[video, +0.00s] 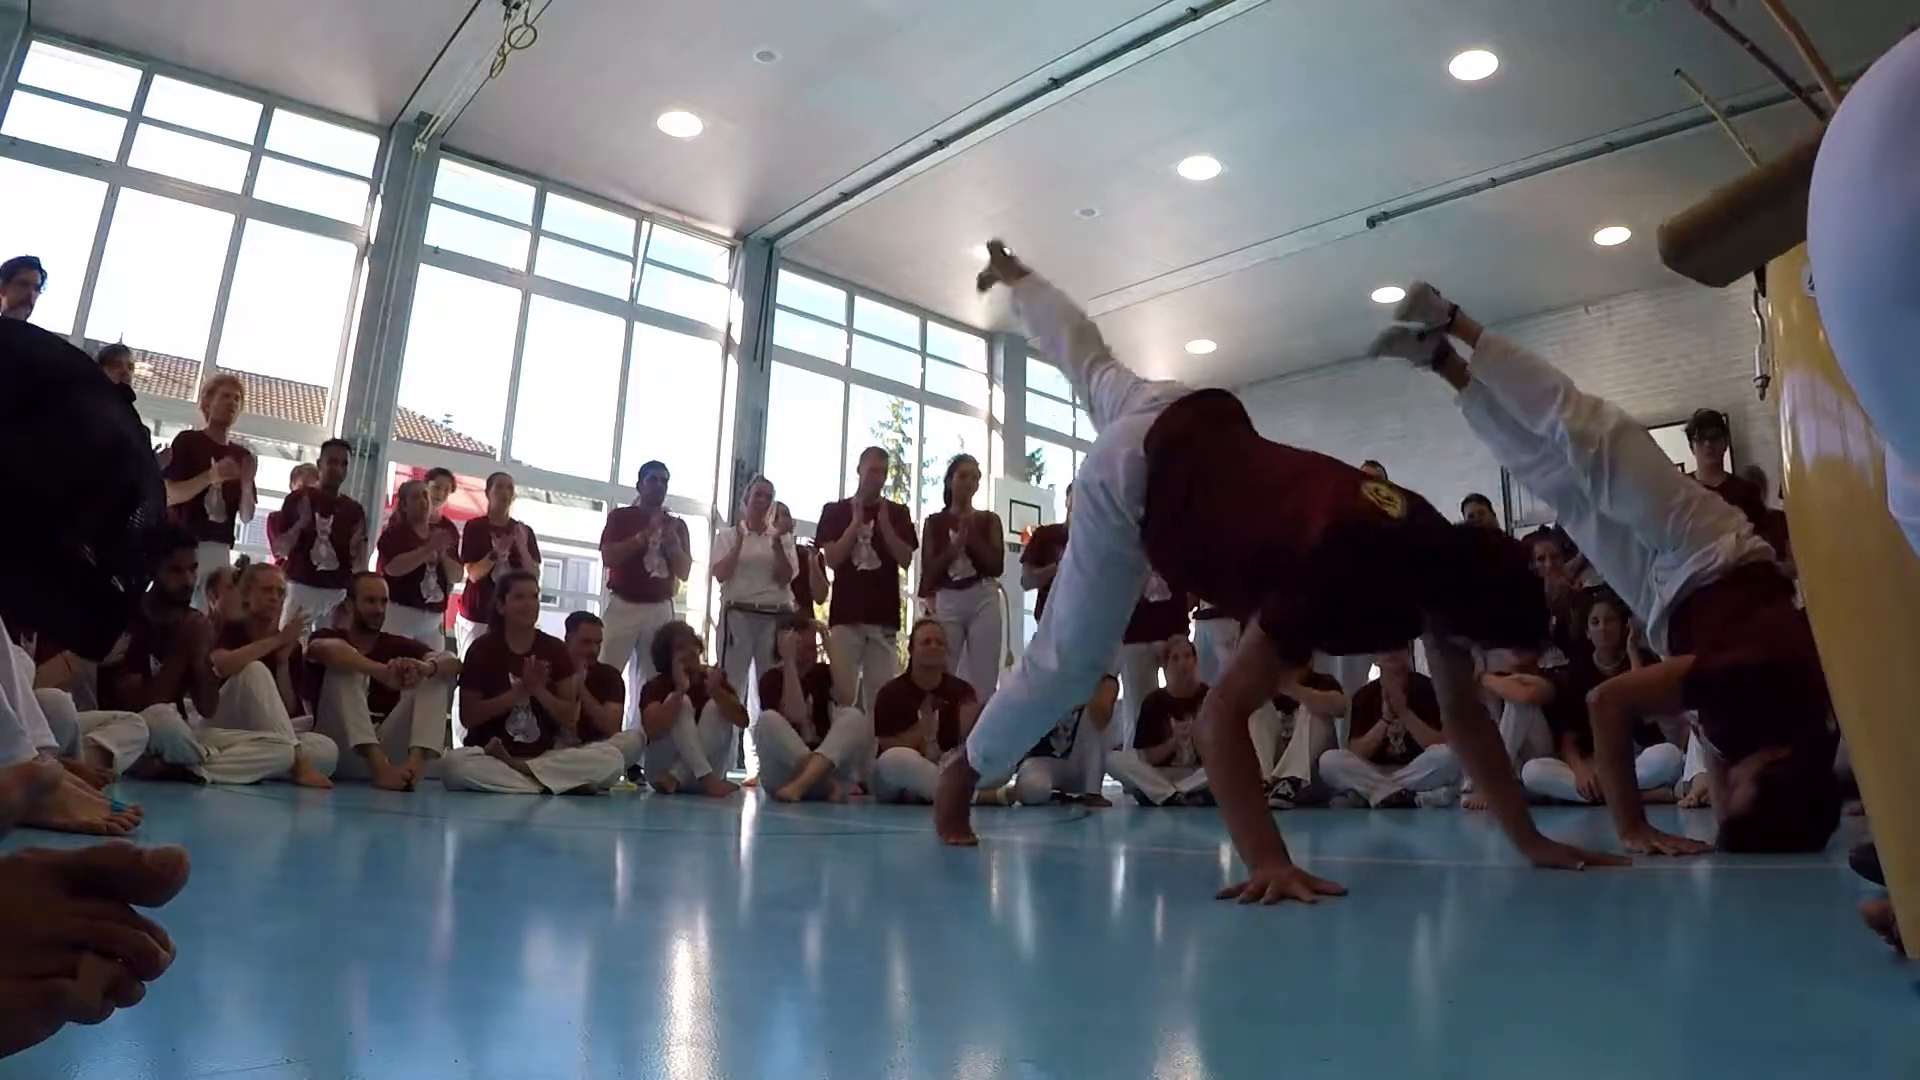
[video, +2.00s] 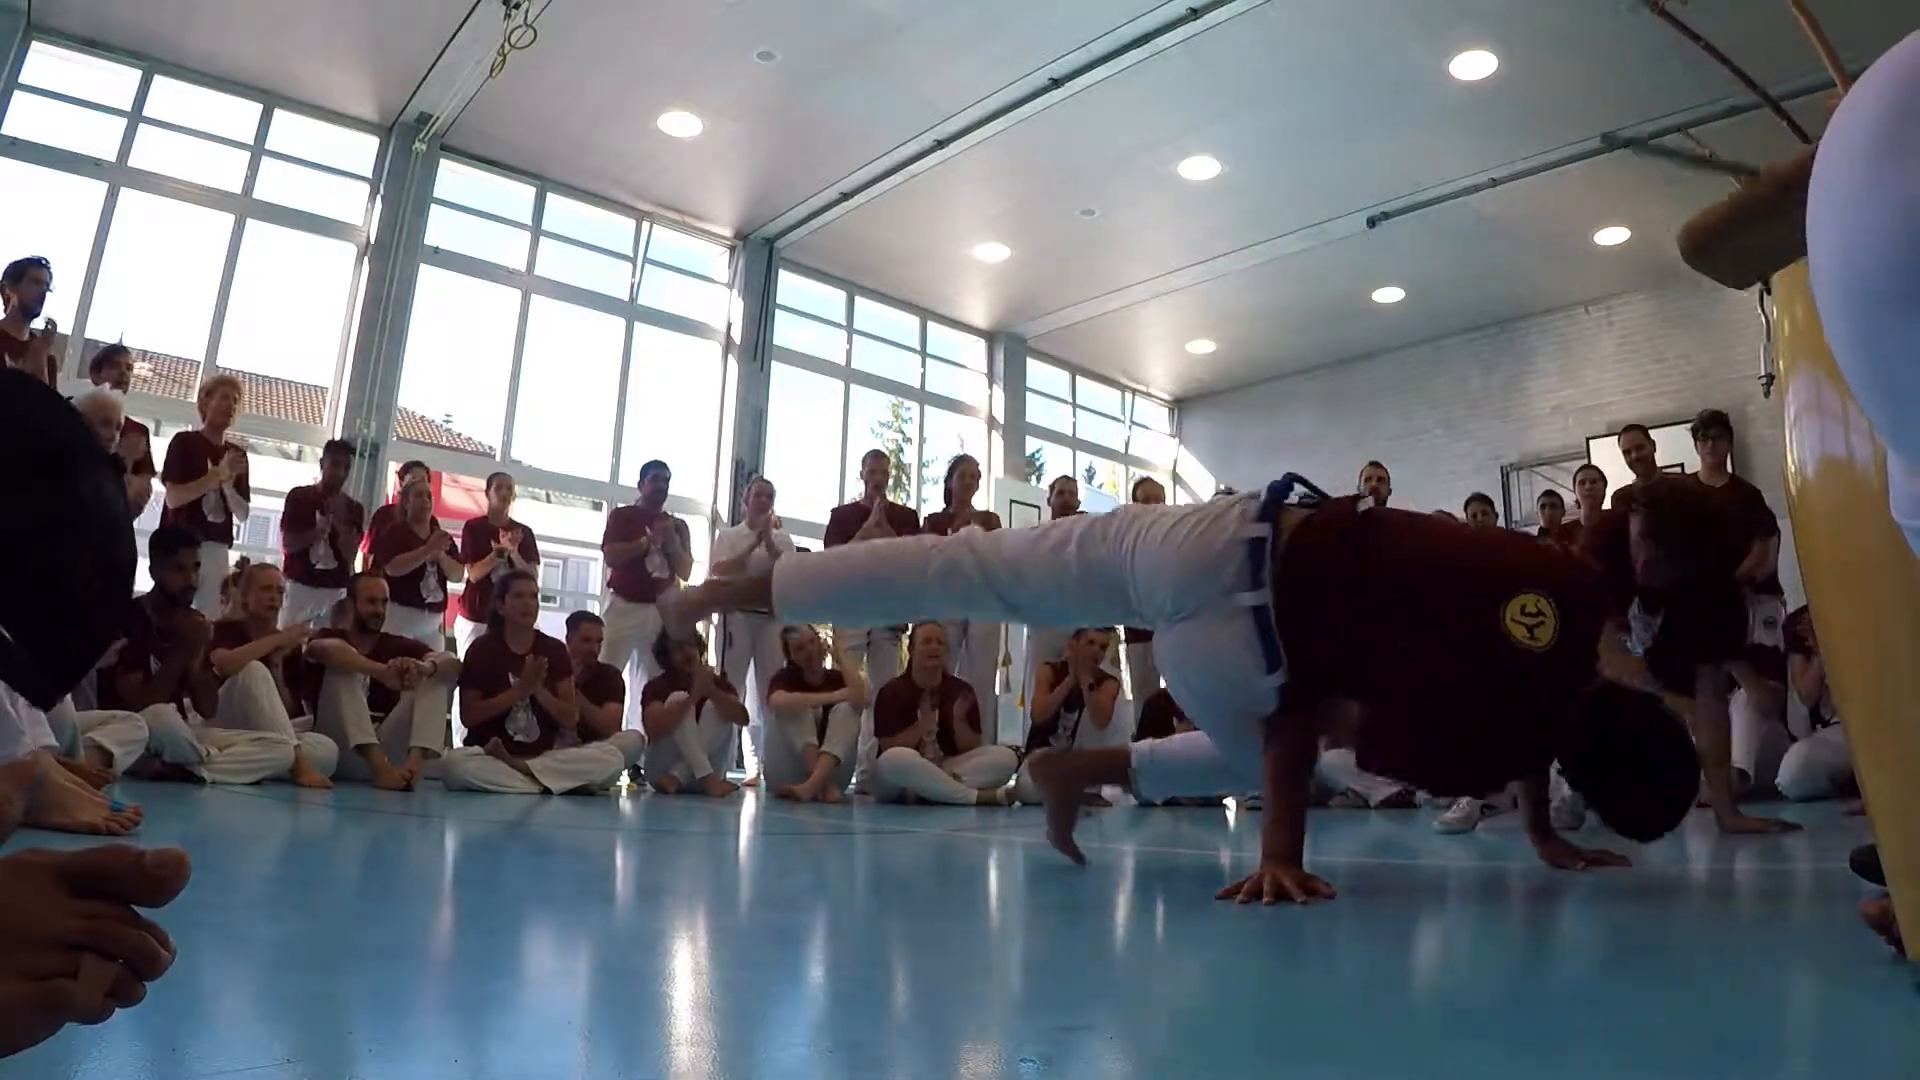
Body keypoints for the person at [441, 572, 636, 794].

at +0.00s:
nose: (529, 604)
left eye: (534, 597)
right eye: (520, 597)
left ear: (540, 603)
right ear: (501, 605)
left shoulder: (556, 648)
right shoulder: (481, 649)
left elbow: (569, 717)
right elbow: (469, 717)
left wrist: (537, 689)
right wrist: (521, 691)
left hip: (545, 755)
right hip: (488, 754)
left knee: (612, 758)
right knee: (454, 766)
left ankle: (522, 766)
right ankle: (547, 786)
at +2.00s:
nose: (528, 604)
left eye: (533, 597)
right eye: (519, 597)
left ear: (539, 603)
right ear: (500, 605)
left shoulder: (555, 649)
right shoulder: (481, 649)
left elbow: (570, 718)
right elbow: (469, 716)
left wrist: (537, 690)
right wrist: (521, 689)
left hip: (546, 757)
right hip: (488, 755)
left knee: (613, 758)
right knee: (453, 765)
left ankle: (523, 766)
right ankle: (550, 786)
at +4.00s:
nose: (545, 600)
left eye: (550, 594)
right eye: (536, 593)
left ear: (554, 603)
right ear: (514, 603)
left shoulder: (564, 650)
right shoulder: (491, 645)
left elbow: (575, 720)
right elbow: (475, 711)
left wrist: (548, 686)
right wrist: (530, 689)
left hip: (550, 757)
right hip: (493, 755)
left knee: (613, 760)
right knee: (454, 766)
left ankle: (522, 766)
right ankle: (550, 786)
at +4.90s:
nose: (539, 598)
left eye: (543, 593)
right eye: (529, 592)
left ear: (548, 601)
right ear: (509, 601)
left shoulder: (562, 649)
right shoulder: (487, 645)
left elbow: (572, 719)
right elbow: (473, 711)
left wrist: (544, 685)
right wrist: (527, 687)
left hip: (546, 757)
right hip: (492, 756)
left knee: (612, 760)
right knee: (454, 766)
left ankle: (523, 767)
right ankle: (548, 786)